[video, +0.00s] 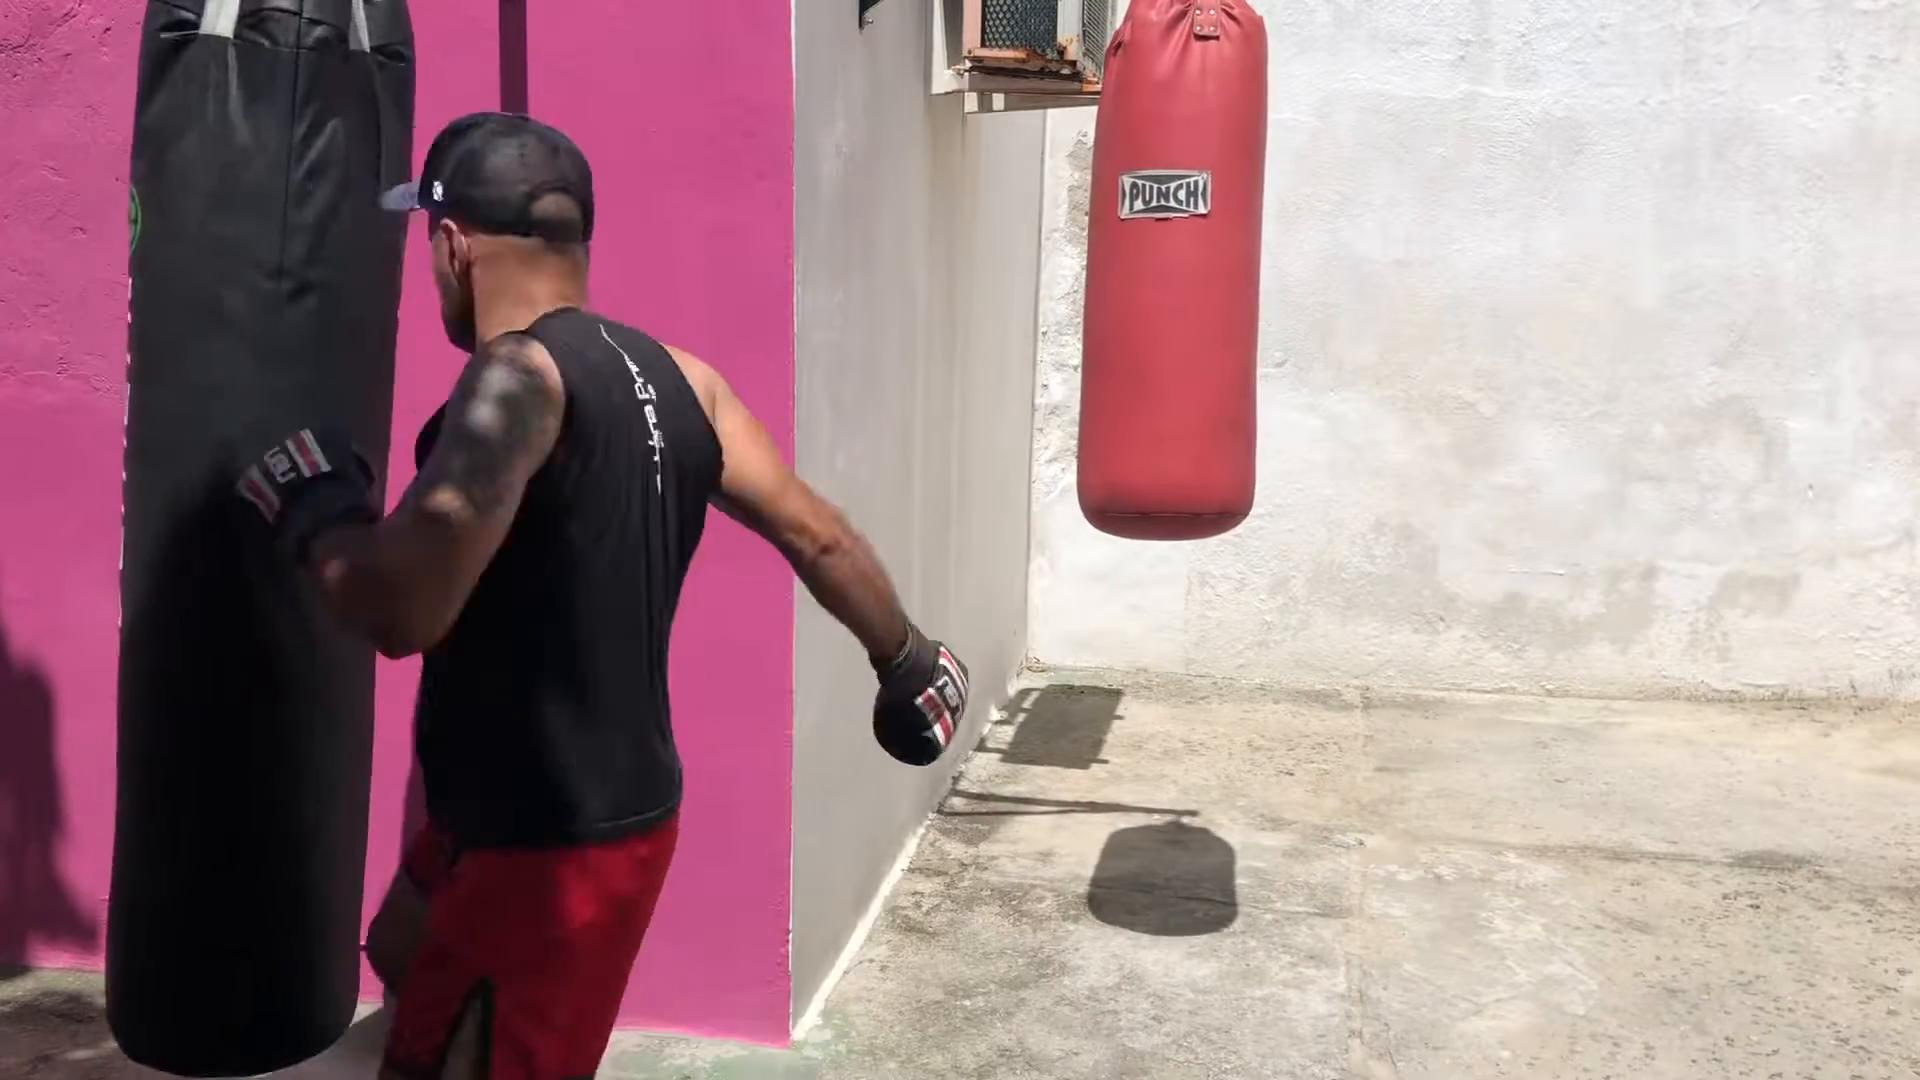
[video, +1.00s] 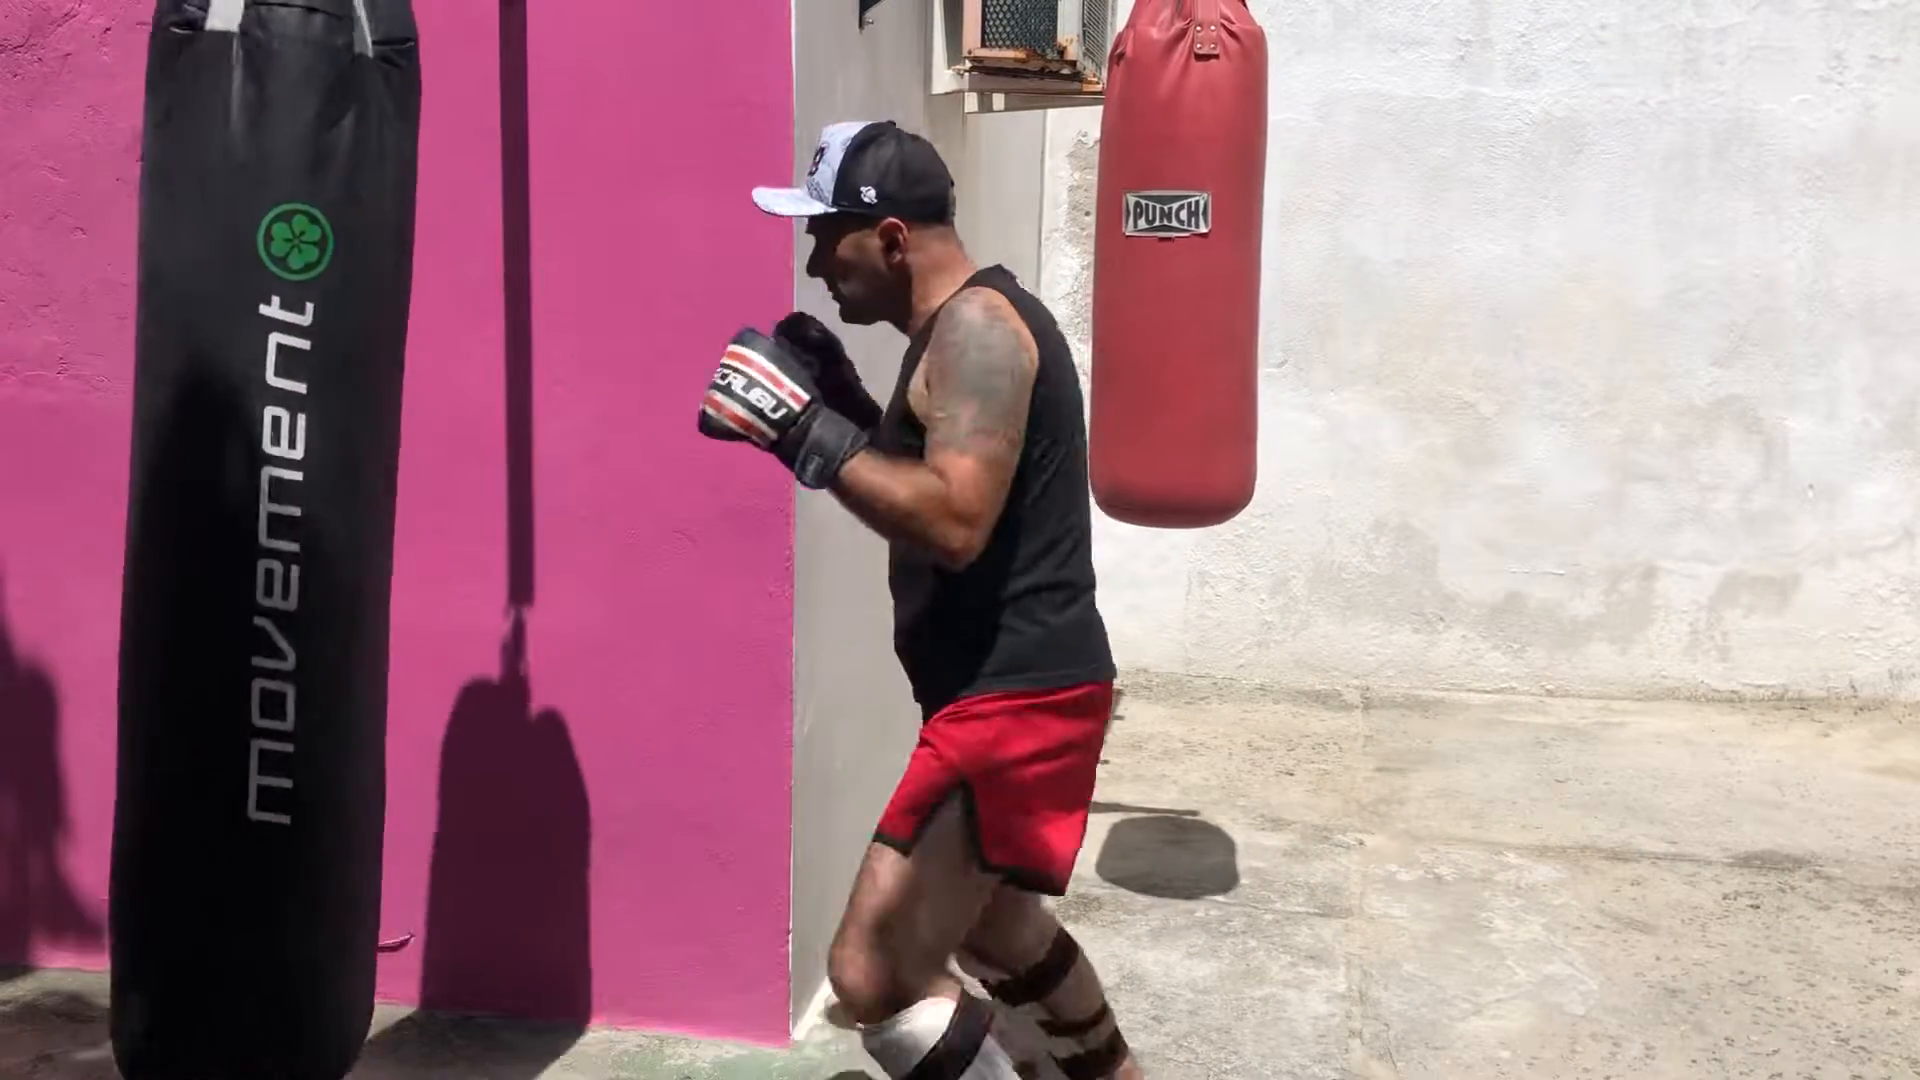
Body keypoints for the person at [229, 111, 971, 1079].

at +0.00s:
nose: (429, 263)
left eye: (430, 234)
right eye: (429, 235)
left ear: (458, 240)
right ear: (575, 239)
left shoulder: (515, 377)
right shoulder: (681, 380)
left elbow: (405, 608)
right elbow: (817, 535)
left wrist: (324, 515)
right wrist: (907, 660)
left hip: (524, 843)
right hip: (625, 825)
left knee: (465, 1057)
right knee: (405, 955)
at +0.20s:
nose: (442, 209)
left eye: (442, 176)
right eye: (441, 179)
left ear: (481, 170)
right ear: (567, 165)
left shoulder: (534, 251)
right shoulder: (626, 285)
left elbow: (385, 444)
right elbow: (624, 500)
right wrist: (501, 598)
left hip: (619, 685)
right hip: (600, 683)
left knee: (578, 1028)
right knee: (520, 962)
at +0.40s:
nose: (461, 217)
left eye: (468, 185)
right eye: (461, 190)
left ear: (519, 182)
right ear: (550, 181)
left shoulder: (626, 271)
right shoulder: (627, 305)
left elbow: (504, 464)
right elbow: (763, 483)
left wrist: (473, 388)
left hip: (690, 681)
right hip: (585, 690)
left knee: (652, 1009)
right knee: (510, 936)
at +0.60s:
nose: (556, 220)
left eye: (566, 193)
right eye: (554, 196)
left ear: (633, 194)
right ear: (638, 198)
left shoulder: (744, 292)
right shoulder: (640, 334)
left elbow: (613, 460)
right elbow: (672, 517)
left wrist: (555, 370)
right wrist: (547, 542)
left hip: (753, 683)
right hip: (630, 692)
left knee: (704, 1001)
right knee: (524, 944)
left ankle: (825, 1067)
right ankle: (586, 1075)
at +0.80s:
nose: (718, 171)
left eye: (727, 145)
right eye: (715, 147)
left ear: (793, 139)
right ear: (808, 137)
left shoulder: (878, 235)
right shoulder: (847, 241)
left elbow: (806, 418)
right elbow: (826, 408)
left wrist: (670, 334)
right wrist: (744, 329)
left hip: (901, 625)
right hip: (852, 622)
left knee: (817, 926)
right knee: (792, 868)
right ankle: (963, 1034)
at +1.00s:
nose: (817, 262)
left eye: (829, 236)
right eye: (816, 238)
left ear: (894, 235)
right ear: (899, 234)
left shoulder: (977, 328)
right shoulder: (963, 325)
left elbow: (956, 524)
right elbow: (932, 483)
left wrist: (808, 436)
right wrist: (846, 406)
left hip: (1017, 698)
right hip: (1007, 688)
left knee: (876, 981)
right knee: (1004, 932)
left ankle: (1044, 1073)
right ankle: (1111, 1069)